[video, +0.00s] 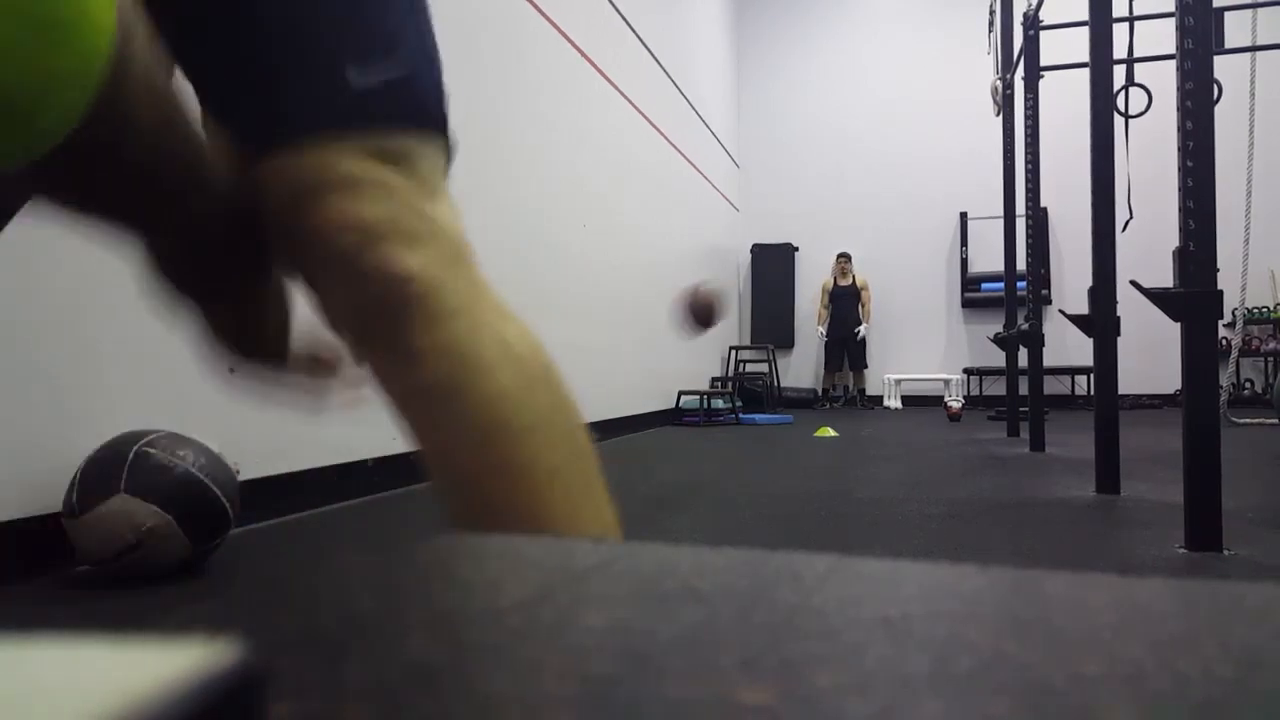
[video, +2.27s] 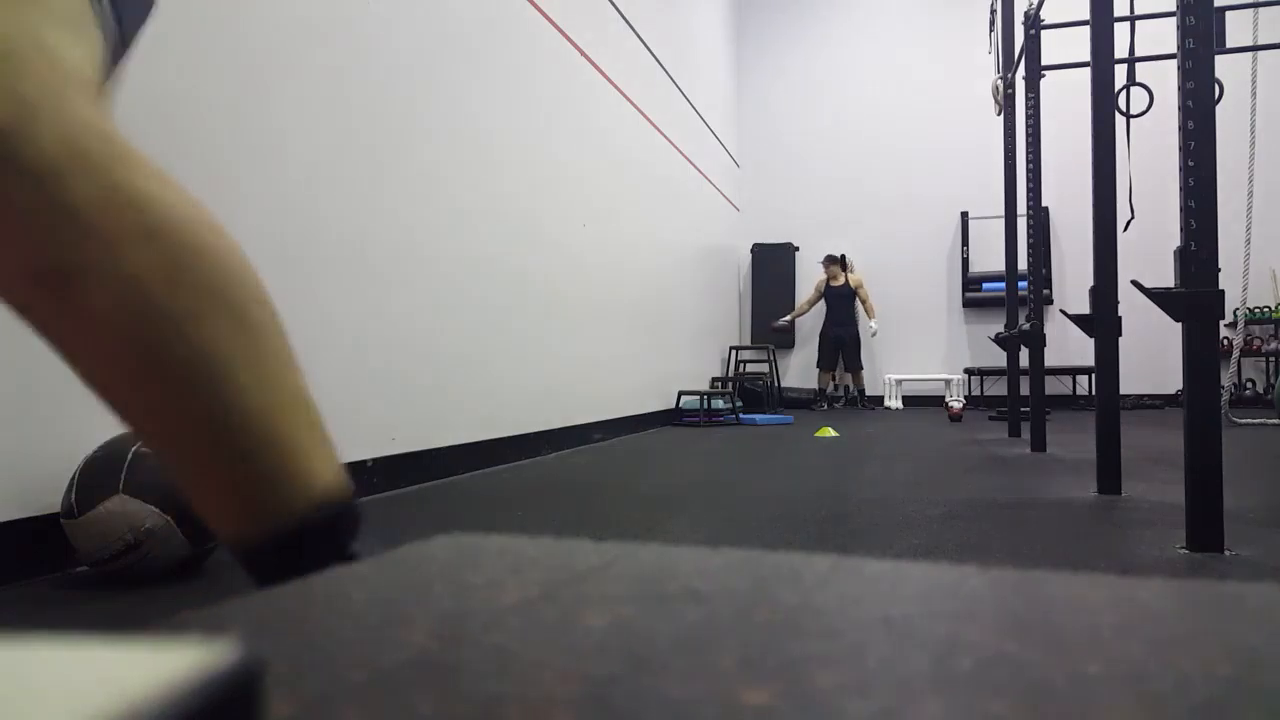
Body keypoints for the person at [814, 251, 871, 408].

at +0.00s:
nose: (843, 266)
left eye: (846, 263)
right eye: (840, 263)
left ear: (851, 264)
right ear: (836, 265)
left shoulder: (860, 282)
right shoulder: (828, 284)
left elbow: (865, 304)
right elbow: (824, 307)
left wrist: (865, 324)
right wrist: (820, 325)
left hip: (854, 330)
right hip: (834, 331)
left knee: (858, 368)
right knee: (830, 368)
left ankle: (861, 398)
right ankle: (825, 398)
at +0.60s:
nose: (838, 286)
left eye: (841, 283)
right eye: (835, 282)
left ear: (847, 280)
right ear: (831, 280)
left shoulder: (856, 293)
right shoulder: (825, 293)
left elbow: (856, 316)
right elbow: (824, 313)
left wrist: (842, 330)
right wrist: (825, 326)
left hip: (855, 330)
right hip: (835, 330)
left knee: (859, 366)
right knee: (831, 367)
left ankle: (862, 399)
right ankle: (825, 398)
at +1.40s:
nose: (837, 268)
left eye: (840, 265)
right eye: (834, 265)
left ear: (846, 266)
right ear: (831, 267)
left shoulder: (857, 283)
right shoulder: (826, 286)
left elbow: (863, 305)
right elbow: (821, 308)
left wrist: (863, 326)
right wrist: (815, 326)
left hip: (853, 331)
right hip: (833, 331)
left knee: (858, 368)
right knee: (829, 368)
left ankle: (862, 399)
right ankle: (825, 399)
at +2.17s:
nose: (834, 268)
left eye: (837, 265)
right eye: (833, 265)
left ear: (847, 265)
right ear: (832, 266)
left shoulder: (860, 282)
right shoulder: (829, 283)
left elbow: (870, 303)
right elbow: (815, 303)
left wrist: (876, 323)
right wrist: (797, 317)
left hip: (852, 330)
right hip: (832, 330)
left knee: (857, 367)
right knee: (827, 366)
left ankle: (862, 399)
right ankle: (822, 400)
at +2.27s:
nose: (825, 270)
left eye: (828, 267)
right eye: (824, 267)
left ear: (837, 267)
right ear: (825, 268)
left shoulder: (854, 281)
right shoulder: (823, 284)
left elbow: (865, 302)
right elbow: (808, 304)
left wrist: (872, 320)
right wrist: (790, 317)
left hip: (849, 330)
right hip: (829, 330)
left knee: (855, 367)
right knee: (825, 367)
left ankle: (862, 399)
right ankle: (822, 400)